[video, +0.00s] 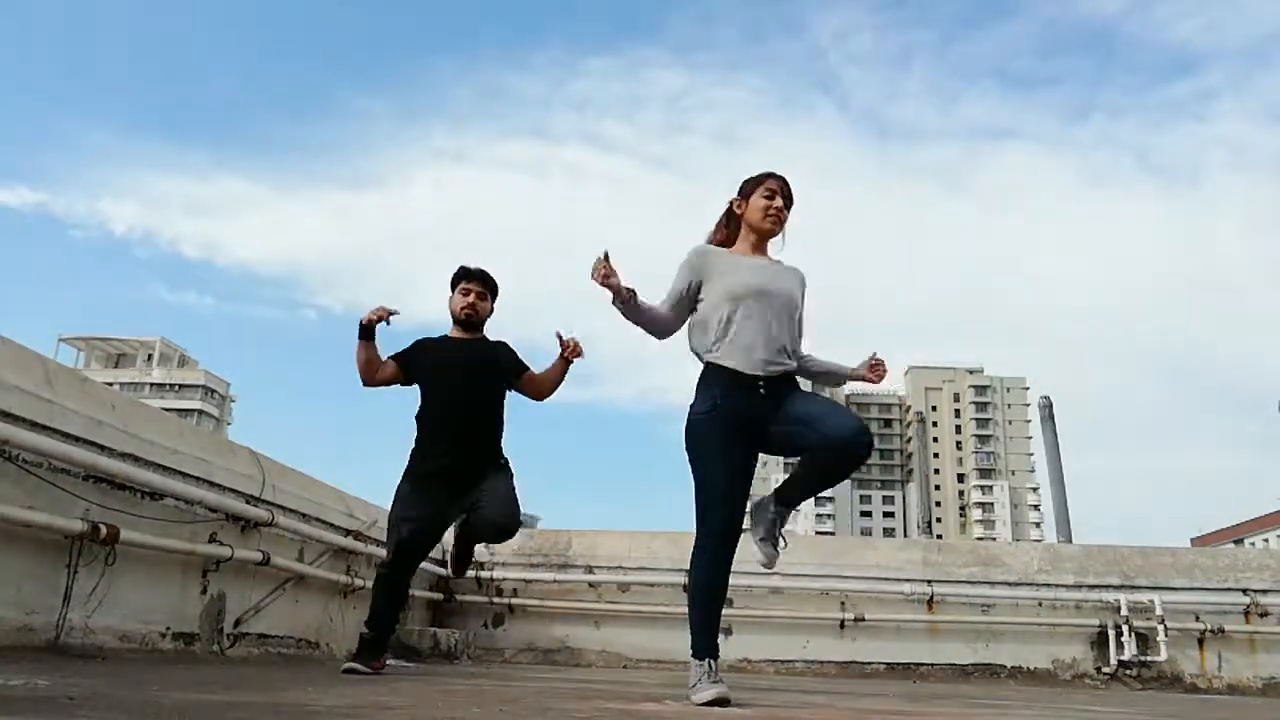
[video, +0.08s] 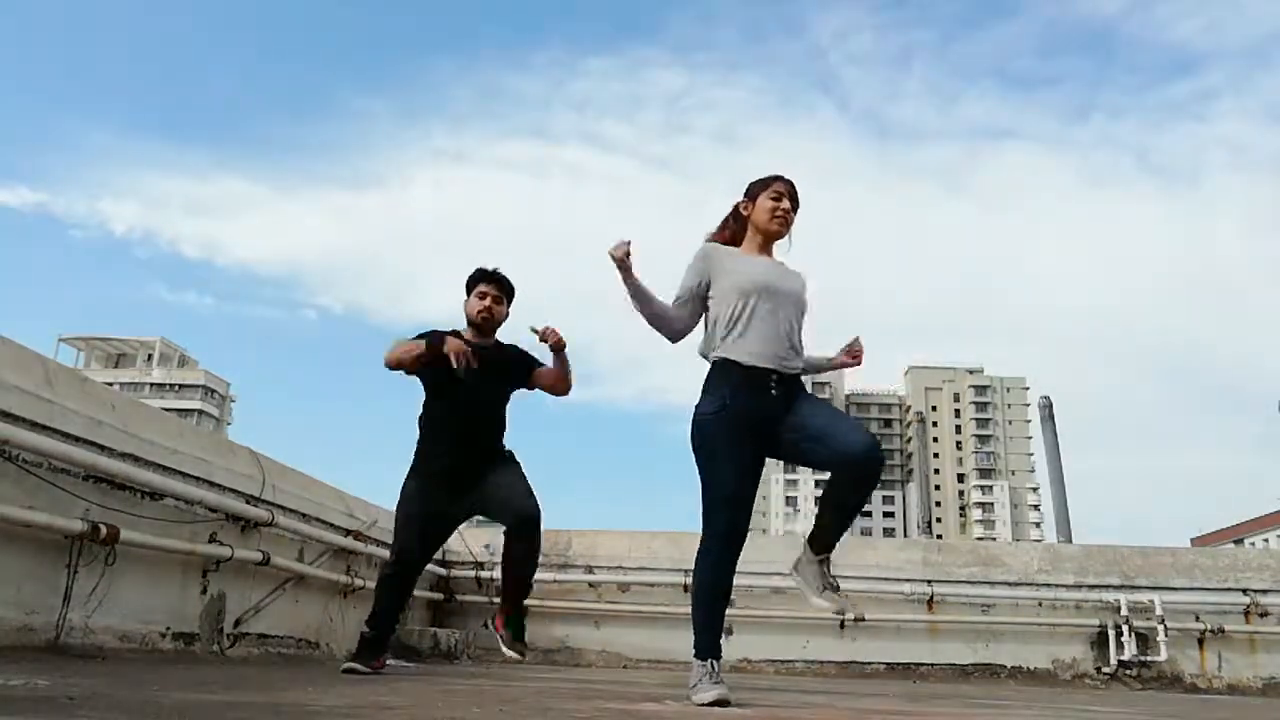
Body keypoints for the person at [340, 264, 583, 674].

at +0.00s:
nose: (471, 300)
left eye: (481, 296)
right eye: (465, 292)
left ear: (491, 309)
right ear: (450, 301)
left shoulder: (500, 355)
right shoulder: (426, 351)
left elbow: (539, 388)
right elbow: (372, 375)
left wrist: (563, 361)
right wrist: (366, 330)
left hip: (486, 469)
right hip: (430, 469)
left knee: (502, 523)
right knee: (398, 558)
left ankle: (466, 535)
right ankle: (372, 650)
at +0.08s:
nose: (488, 304)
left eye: (498, 300)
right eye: (481, 296)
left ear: (505, 314)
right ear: (466, 304)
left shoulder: (511, 359)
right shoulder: (438, 343)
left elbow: (560, 386)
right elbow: (393, 358)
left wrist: (559, 353)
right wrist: (439, 346)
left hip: (490, 470)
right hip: (435, 471)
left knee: (526, 518)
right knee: (404, 561)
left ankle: (511, 617)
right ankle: (371, 651)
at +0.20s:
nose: (493, 329)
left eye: (503, 325)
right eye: (487, 320)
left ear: (510, 338)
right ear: (471, 326)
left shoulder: (513, 376)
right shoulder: (448, 360)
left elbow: (550, 393)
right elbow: (469, 379)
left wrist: (535, 374)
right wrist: (512, 394)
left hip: (500, 492)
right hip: (443, 490)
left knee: (526, 557)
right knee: (405, 561)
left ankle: (544, 656)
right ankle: (374, 649)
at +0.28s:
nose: (498, 335)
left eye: (507, 332)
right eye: (491, 327)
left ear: (515, 345)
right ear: (476, 335)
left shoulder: (519, 386)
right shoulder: (455, 374)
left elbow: (547, 405)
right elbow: (482, 402)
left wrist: (543, 401)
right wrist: (520, 404)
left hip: (506, 502)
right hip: (450, 500)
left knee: (537, 572)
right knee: (414, 573)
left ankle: (544, 659)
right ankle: (374, 652)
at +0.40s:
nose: (507, 306)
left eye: (516, 303)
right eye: (500, 298)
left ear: (524, 316)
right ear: (485, 305)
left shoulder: (528, 369)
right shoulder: (458, 344)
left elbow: (568, 410)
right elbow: (425, 377)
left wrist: (578, 399)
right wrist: (475, 387)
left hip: (509, 487)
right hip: (453, 482)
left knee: (529, 571)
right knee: (416, 566)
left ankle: (542, 658)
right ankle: (375, 651)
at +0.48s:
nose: (512, 305)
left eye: (522, 302)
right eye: (505, 297)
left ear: (529, 315)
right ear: (490, 304)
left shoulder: (524, 364)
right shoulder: (460, 340)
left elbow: (549, 394)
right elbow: (399, 357)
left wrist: (589, 385)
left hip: (504, 485)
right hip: (449, 477)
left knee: (520, 565)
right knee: (414, 563)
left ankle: (540, 657)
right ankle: (376, 649)